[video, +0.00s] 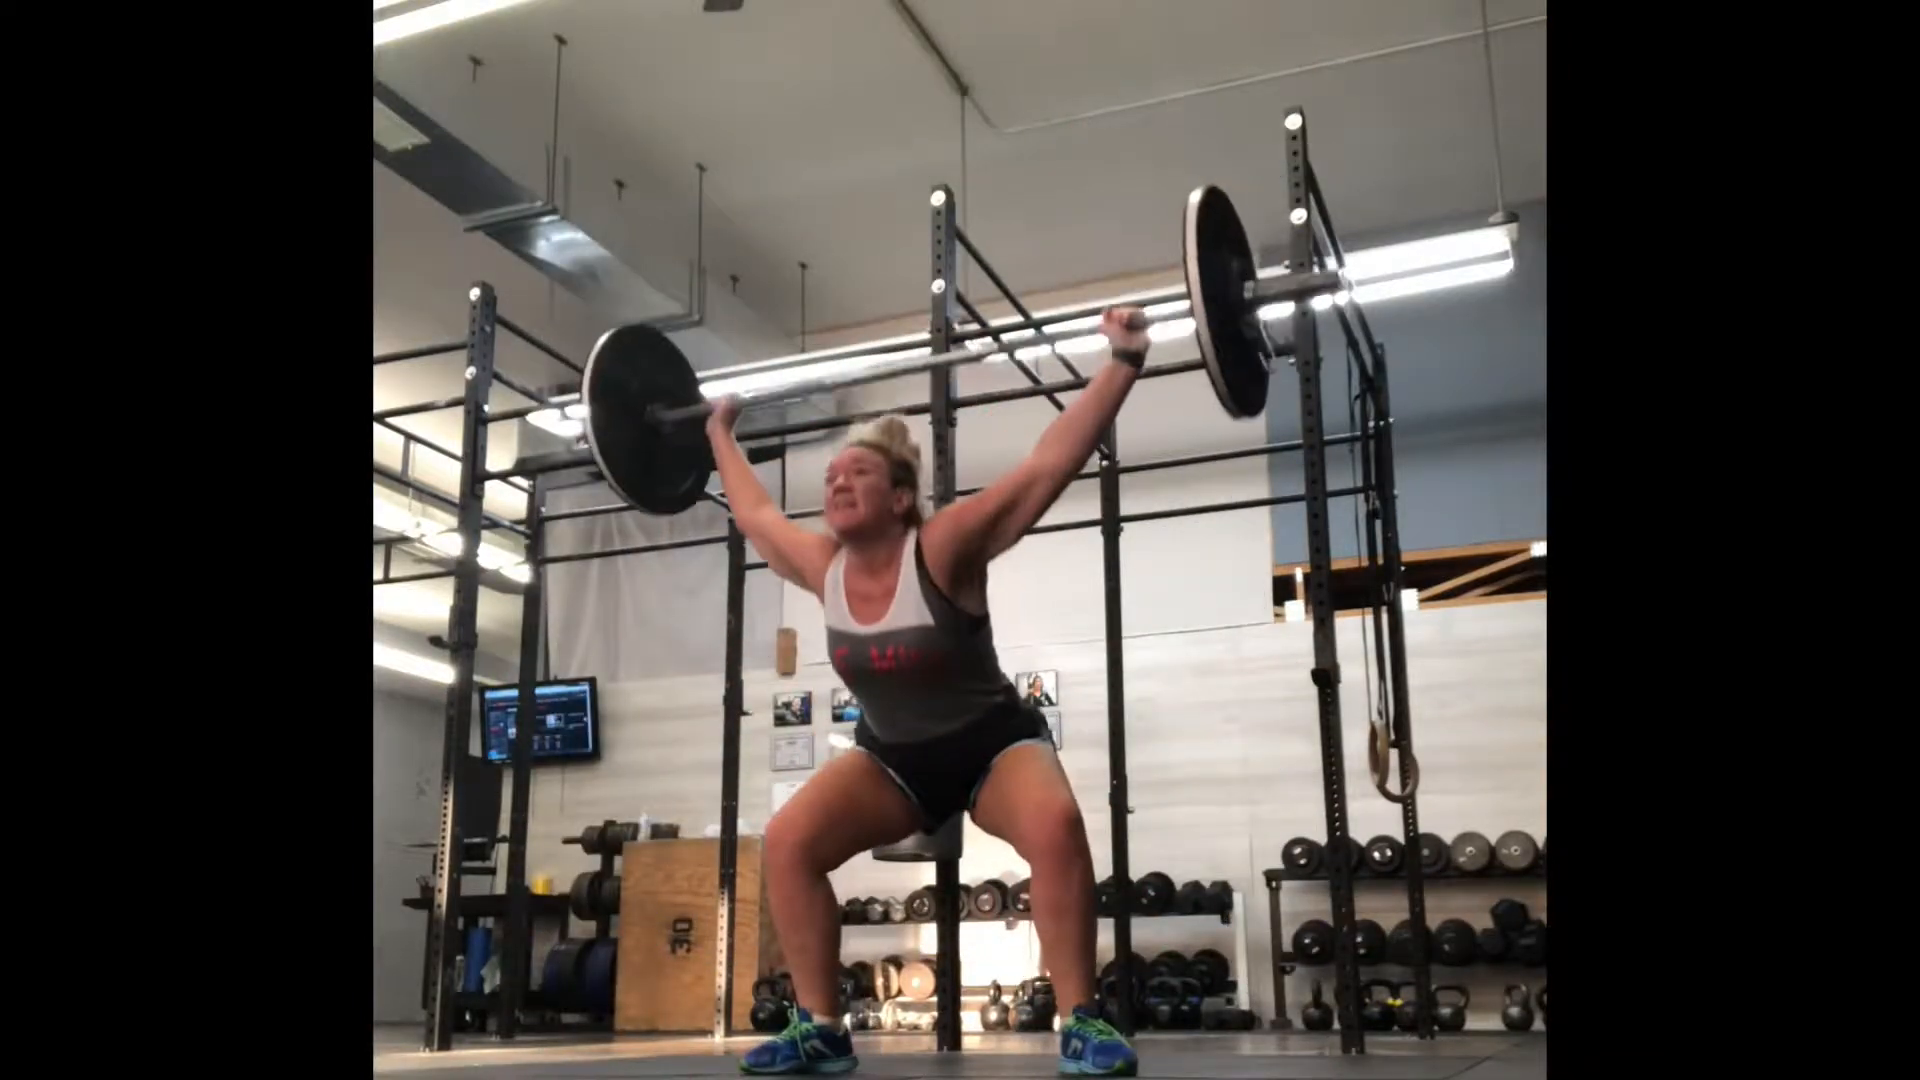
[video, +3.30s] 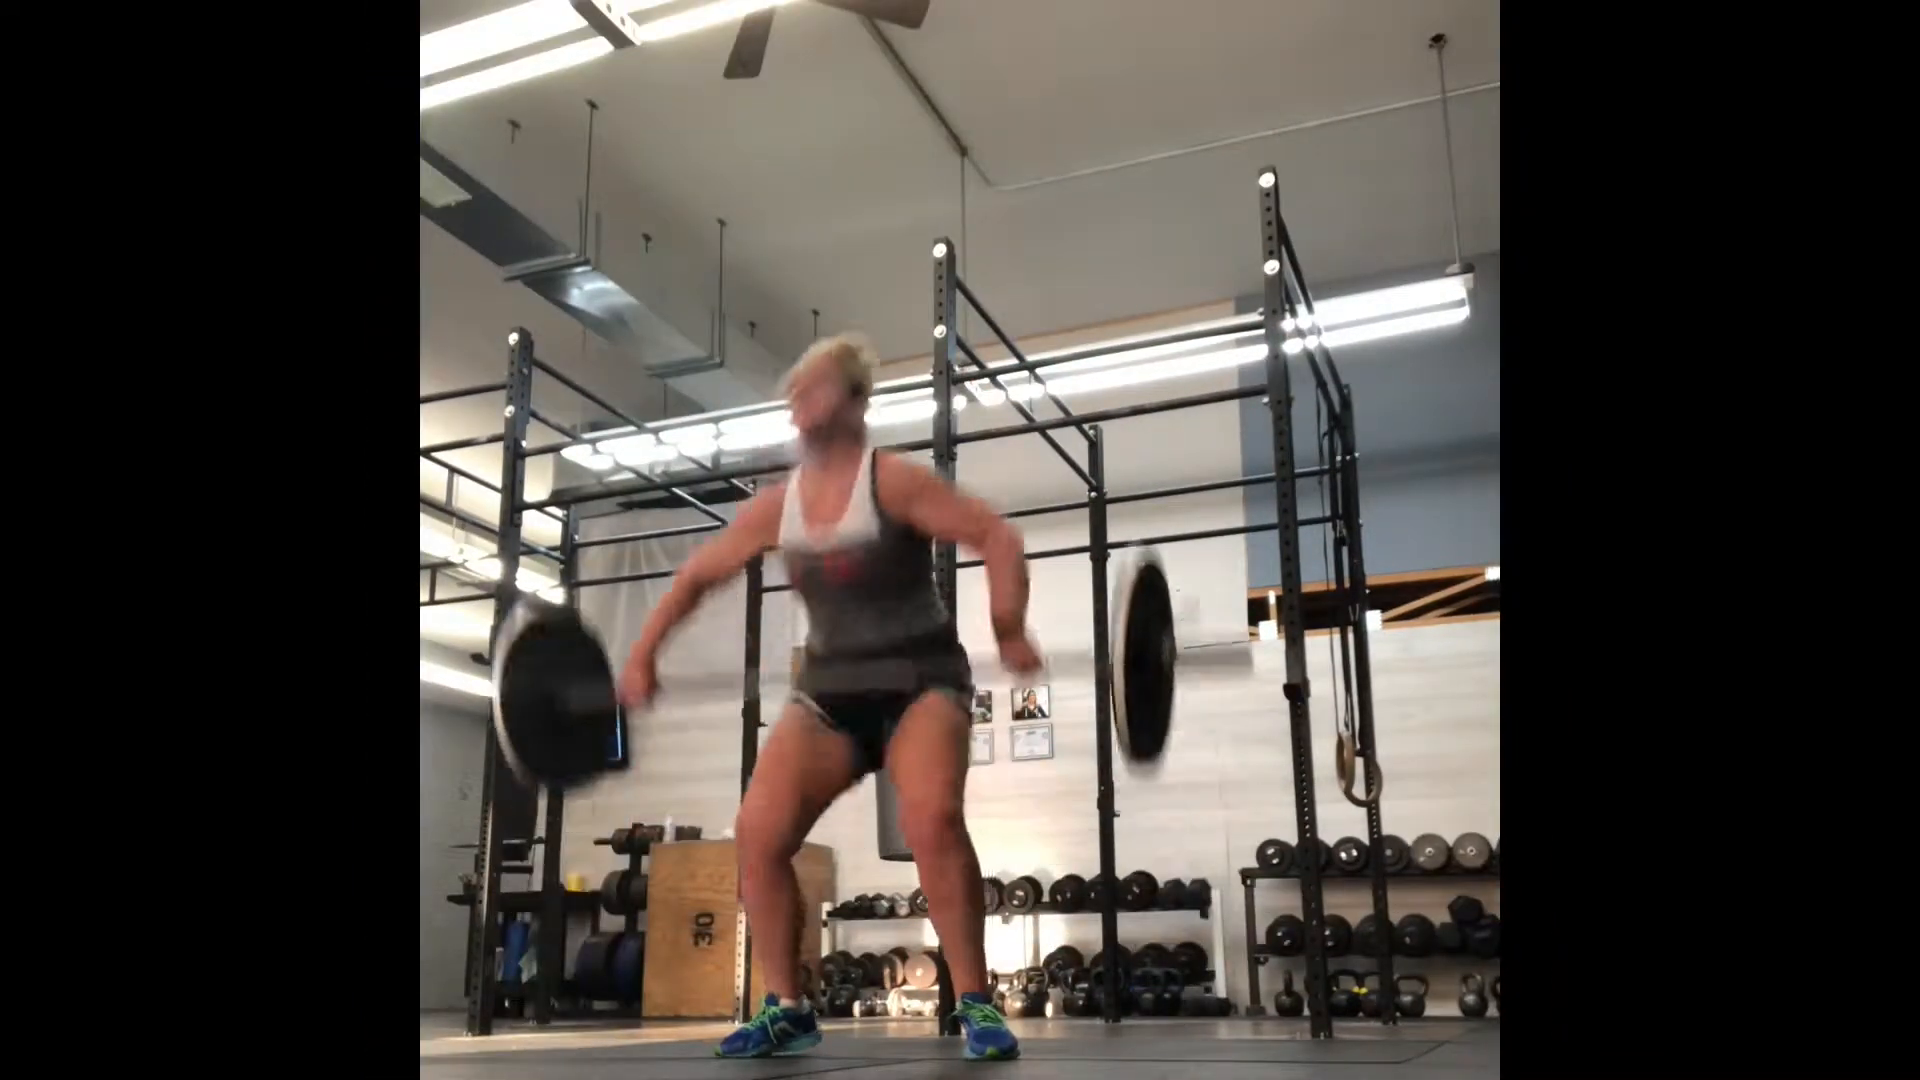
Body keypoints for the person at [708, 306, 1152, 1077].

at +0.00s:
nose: (838, 481)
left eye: (859, 472)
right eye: (832, 473)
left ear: (901, 496)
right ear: (825, 497)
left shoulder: (947, 545)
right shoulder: (821, 565)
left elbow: (1045, 471)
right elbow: (755, 513)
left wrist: (1122, 362)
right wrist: (719, 434)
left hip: (995, 747)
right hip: (894, 761)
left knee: (1060, 829)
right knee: (787, 840)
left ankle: (1078, 1021)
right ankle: (819, 1027)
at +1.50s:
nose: (866, 371)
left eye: (884, 361)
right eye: (863, 362)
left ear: (927, 380)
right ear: (863, 385)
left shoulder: (974, 436)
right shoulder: (849, 465)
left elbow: (1069, 371)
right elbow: (776, 430)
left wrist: (1141, 276)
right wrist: (734, 347)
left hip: (1000, 669)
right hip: (899, 679)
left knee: (1049, 825)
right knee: (810, 838)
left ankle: (1077, 1019)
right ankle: (817, 1026)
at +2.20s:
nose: (875, 341)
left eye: (890, 329)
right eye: (864, 331)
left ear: (926, 340)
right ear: (853, 344)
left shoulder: (960, 407)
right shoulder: (840, 423)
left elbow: (1046, 324)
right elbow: (766, 370)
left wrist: (1120, 229)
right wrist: (726, 293)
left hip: (939, 633)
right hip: (844, 640)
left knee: (961, 831)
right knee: (848, 836)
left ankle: (1003, 1008)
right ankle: (820, 1022)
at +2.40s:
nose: (754, 616)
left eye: (772, 601)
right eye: (746, 604)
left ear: (817, 616)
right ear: (740, 618)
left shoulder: (877, 675)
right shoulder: (754, 701)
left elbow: (962, 796)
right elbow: (718, 818)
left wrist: (1039, 899)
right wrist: (663, 914)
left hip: (923, 790)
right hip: (840, 802)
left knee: (941, 834)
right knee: (739, 847)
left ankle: (972, 1007)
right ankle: (793, 1014)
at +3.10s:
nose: (751, 527)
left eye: (770, 512)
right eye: (746, 512)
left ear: (815, 528)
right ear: (742, 521)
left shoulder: (875, 592)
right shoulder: (757, 614)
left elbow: (956, 704)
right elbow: (719, 712)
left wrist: (1028, 803)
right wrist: (656, 816)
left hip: (935, 715)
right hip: (847, 729)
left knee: (946, 832)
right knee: (775, 838)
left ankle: (978, 1007)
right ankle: (789, 1012)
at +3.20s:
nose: (756, 472)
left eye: (773, 459)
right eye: (756, 460)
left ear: (820, 472)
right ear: (757, 476)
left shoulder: (875, 545)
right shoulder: (762, 566)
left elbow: (969, 633)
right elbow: (709, 662)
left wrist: (1021, 738)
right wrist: (650, 754)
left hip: (934, 697)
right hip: (845, 712)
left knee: (949, 822)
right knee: (770, 834)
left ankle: (978, 1006)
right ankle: (790, 1011)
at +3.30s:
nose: (797, 398)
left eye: (813, 386)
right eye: (794, 389)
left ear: (853, 400)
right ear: (792, 406)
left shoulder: (894, 479)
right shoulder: (778, 504)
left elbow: (997, 534)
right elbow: (695, 576)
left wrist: (1009, 625)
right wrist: (642, 650)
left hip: (922, 679)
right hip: (830, 690)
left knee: (933, 822)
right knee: (758, 835)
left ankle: (973, 1002)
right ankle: (784, 1007)